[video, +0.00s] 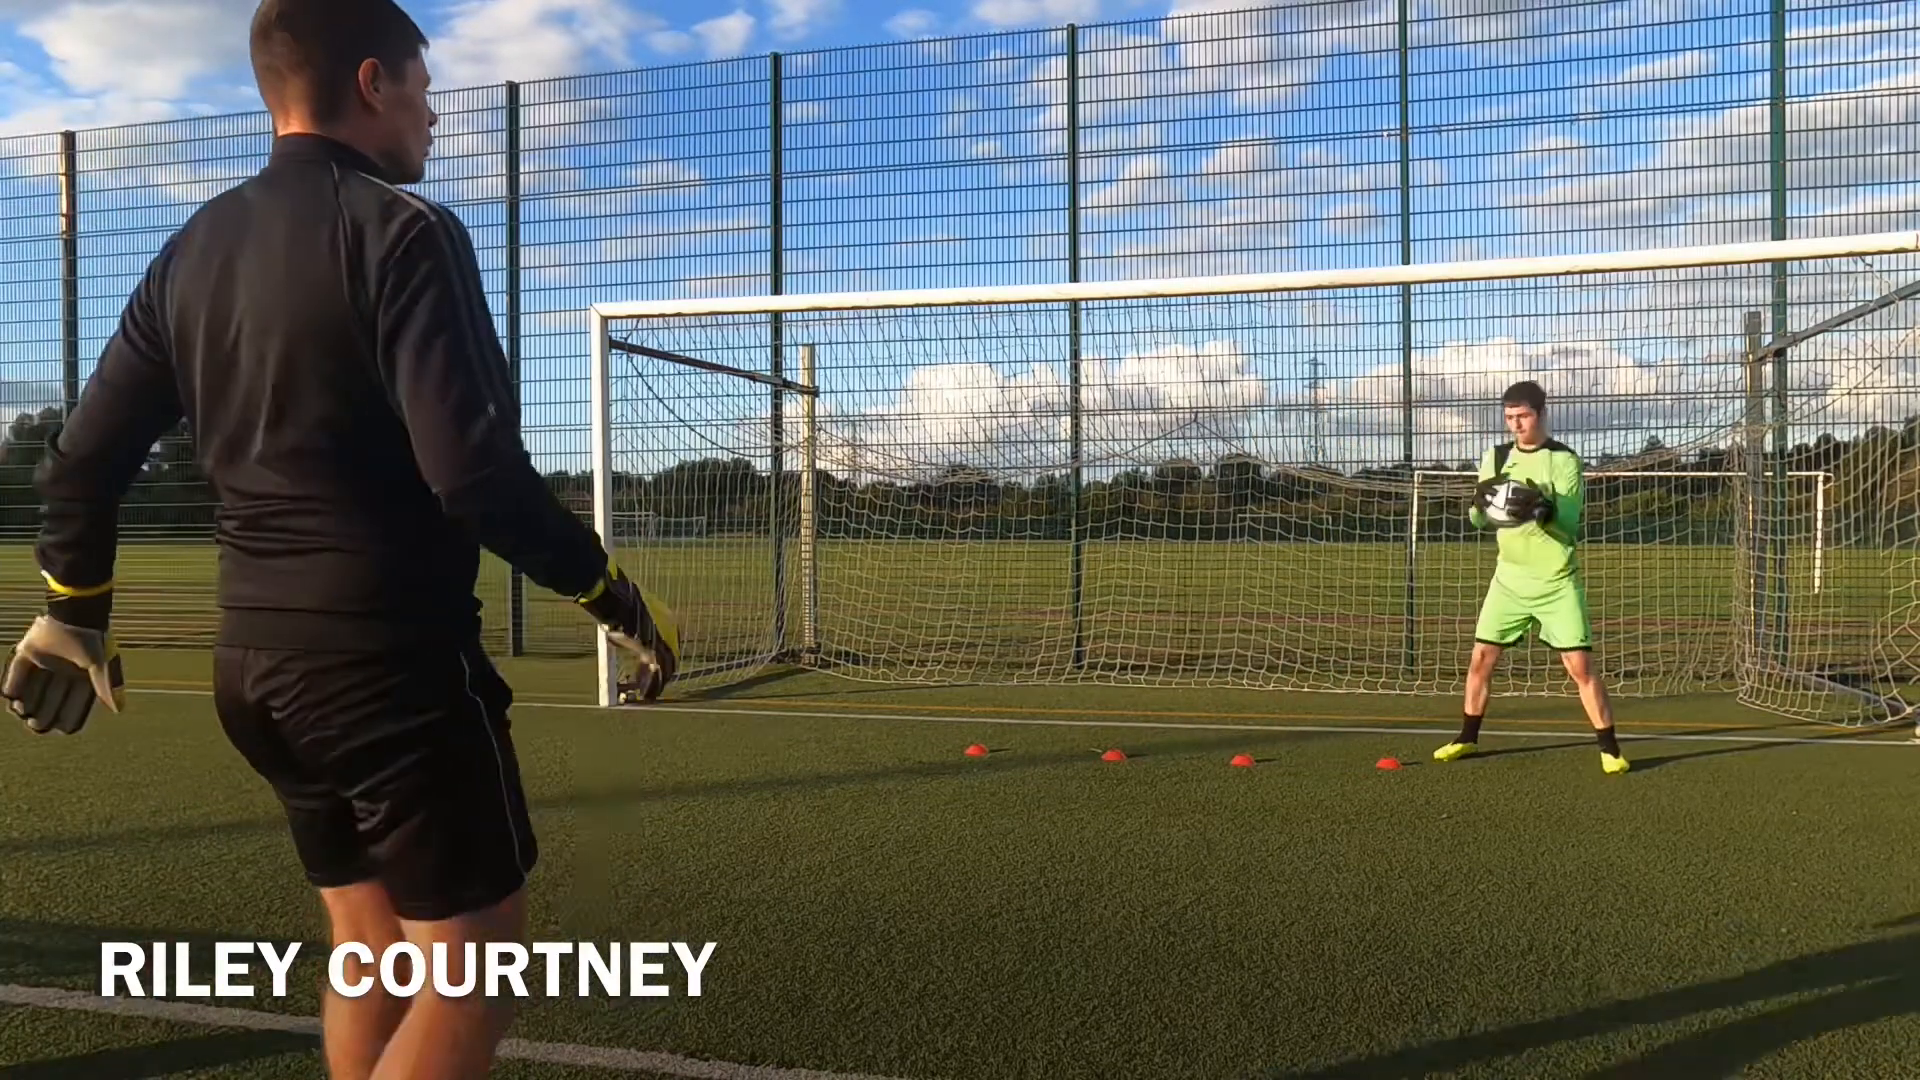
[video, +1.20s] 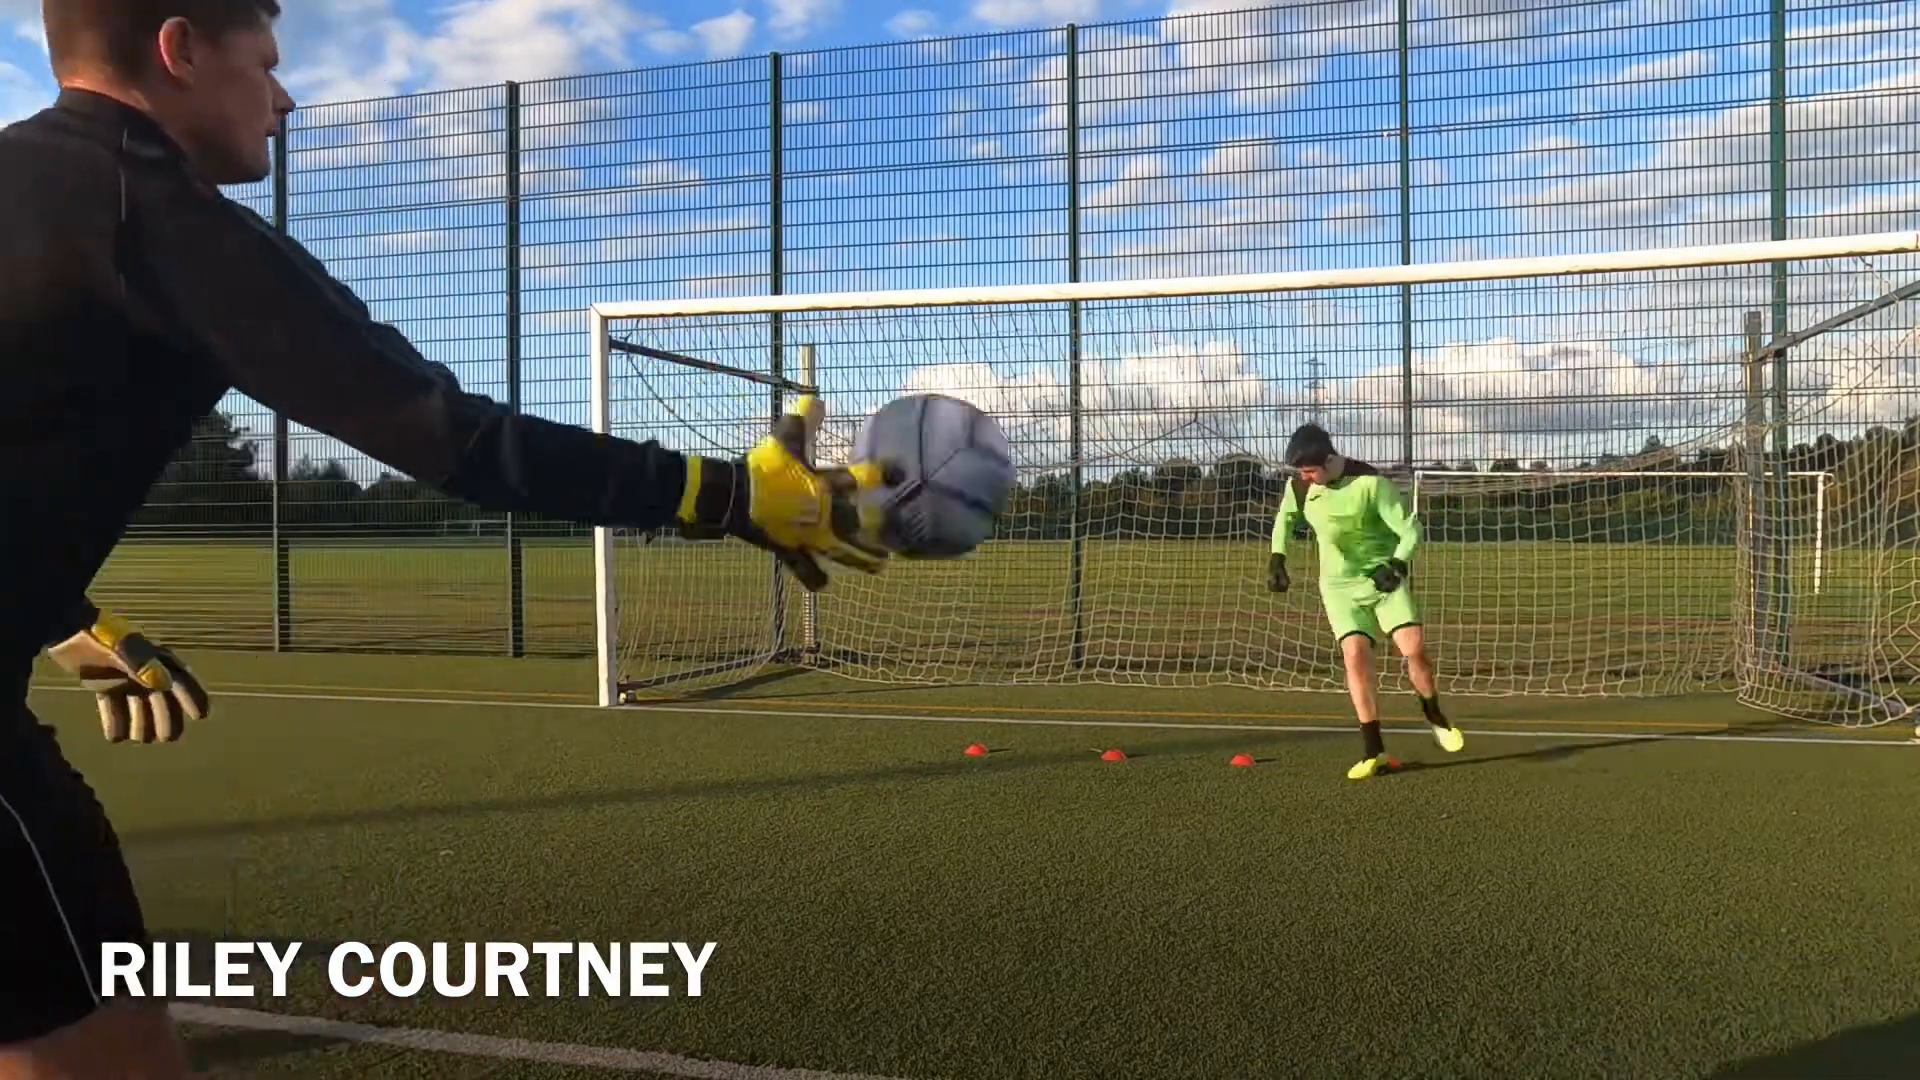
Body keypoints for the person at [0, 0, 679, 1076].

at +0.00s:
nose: (432, 119)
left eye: (433, 94)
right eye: (425, 93)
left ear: (279, 98)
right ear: (371, 86)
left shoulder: (195, 246)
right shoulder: (401, 232)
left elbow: (84, 457)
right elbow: (474, 471)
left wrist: (72, 611)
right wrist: (603, 583)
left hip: (255, 659)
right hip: (390, 658)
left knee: (364, 950)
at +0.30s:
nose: (431, 73)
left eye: (426, 41)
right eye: (421, 38)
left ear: (259, 49)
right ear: (371, 32)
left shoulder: (133, 203)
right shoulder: (380, 186)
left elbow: (31, 422)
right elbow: (417, 461)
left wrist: (22, 630)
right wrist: (529, 560)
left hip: (144, 662)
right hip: (297, 664)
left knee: (279, 997)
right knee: (301, 1015)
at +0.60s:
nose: (372, 27)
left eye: (367, 5)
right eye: (361, 1)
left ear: (200, 13)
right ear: (310, 4)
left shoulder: (50, 155)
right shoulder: (317, 158)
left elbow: (18, 427)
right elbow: (275, 446)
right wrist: (380, 601)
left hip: (34, 624)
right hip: (202, 631)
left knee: (101, 1002)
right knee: (213, 1040)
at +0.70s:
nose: (337, 17)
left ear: (161, 9)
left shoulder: (23, 144)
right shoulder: (277, 155)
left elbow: (26, 429)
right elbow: (239, 446)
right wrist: (376, 582)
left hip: (11, 628)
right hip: (175, 638)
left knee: (39, 1052)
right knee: (191, 1054)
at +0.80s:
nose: (295, 5)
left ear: (119, 5)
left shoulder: (14, 122)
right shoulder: (213, 148)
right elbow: (247, 452)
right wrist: (435, 534)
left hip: (7, 633)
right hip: (153, 648)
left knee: (14, 1027)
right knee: (174, 1049)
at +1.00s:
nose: (246, 12)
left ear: (83, 1)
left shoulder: (17, 113)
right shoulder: (133, 142)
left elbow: (19, 420)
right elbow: (389, 410)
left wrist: (151, 551)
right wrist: (601, 374)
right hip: (69, 667)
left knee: (106, 1048)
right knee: (149, 1051)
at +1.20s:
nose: (282, 100)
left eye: (275, 62)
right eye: (263, 59)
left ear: (141, 56)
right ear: (172, 50)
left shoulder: (24, 167)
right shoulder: (150, 210)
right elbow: (446, 432)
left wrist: (70, 624)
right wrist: (734, 495)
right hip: (6, 723)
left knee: (76, 1031)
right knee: (109, 1040)